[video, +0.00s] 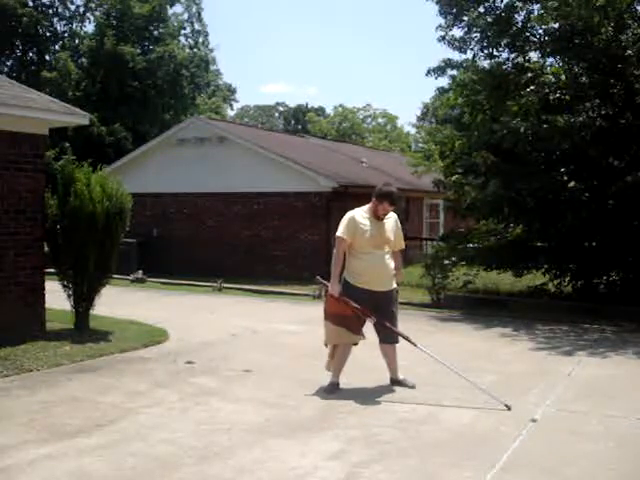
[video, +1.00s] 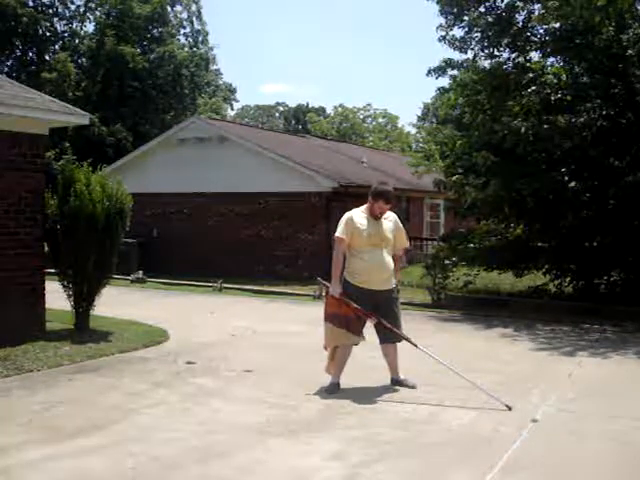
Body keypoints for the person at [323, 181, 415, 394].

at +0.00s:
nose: (386, 212)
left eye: (390, 208)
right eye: (384, 207)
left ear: (392, 206)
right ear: (374, 201)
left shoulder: (392, 220)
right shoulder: (353, 218)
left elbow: (397, 250)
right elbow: (339, 249)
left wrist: (398, 269)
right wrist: (335, 280)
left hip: (386, 289)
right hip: (355, 287)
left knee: (389, 336)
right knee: (346, 334)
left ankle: (395, 376)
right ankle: (334, 379)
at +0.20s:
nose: (386, 211)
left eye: (390, 208)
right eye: (384, 206)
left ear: (392, 206)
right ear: (374, 201)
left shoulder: (392, 220)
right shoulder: (353, 218)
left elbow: (395, 253)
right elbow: (339, 250)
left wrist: (394, 276)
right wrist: (335, 280)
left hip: (385, 289)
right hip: (355, 287)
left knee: (389, 336)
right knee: (346, 334)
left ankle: (395, 376)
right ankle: (334, 380)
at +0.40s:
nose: (386, 211)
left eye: (389, 207)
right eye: (383, 206)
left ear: (391, 206)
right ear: (373, 201)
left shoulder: (391, 219)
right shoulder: (353, 218)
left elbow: (395, 252)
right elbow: (339, 250)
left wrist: (392, 274)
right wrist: (335, 280)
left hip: (385, 289)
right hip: (355, 287)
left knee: (389, 336)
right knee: (346, 334)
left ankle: (395, 376)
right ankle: (334, 380)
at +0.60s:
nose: (385, 211)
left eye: (388, 207)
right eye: (383, 206)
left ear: (390, 205)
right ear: (372, 200)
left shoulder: (391, 219)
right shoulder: (352, 218)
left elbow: (395, 252)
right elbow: (339, 250)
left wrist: (394, 277)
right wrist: (335, 280)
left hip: (385, 289)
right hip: (356, 287)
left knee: (389, 336)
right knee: (346, 334)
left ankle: (395, 376)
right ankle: (334, 380)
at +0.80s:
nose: (384, 211)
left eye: (387, 207)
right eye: (381, 206)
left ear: (389, 205)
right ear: (372, 200)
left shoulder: (391, 219)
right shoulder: (351, 218)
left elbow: (395, 253)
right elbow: (339, 250)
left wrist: (395, 279)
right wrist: (335, 281)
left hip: (385, 289)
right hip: (355, 288)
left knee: (389, 336)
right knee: (347, 335)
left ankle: (395, 376)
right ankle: (334, 380)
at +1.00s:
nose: (384, 211)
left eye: (387, 207)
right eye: (381, 206)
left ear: (389, 205)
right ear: (371, 200)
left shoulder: (392, 220)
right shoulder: (351, 218)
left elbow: (399, 254)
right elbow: (339, 250)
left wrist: (395, 276)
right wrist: (336, 281)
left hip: (386, 290)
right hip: (355, 288)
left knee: (389, 336)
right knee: (347, 335)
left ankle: (396, 376)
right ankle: (335, 380)